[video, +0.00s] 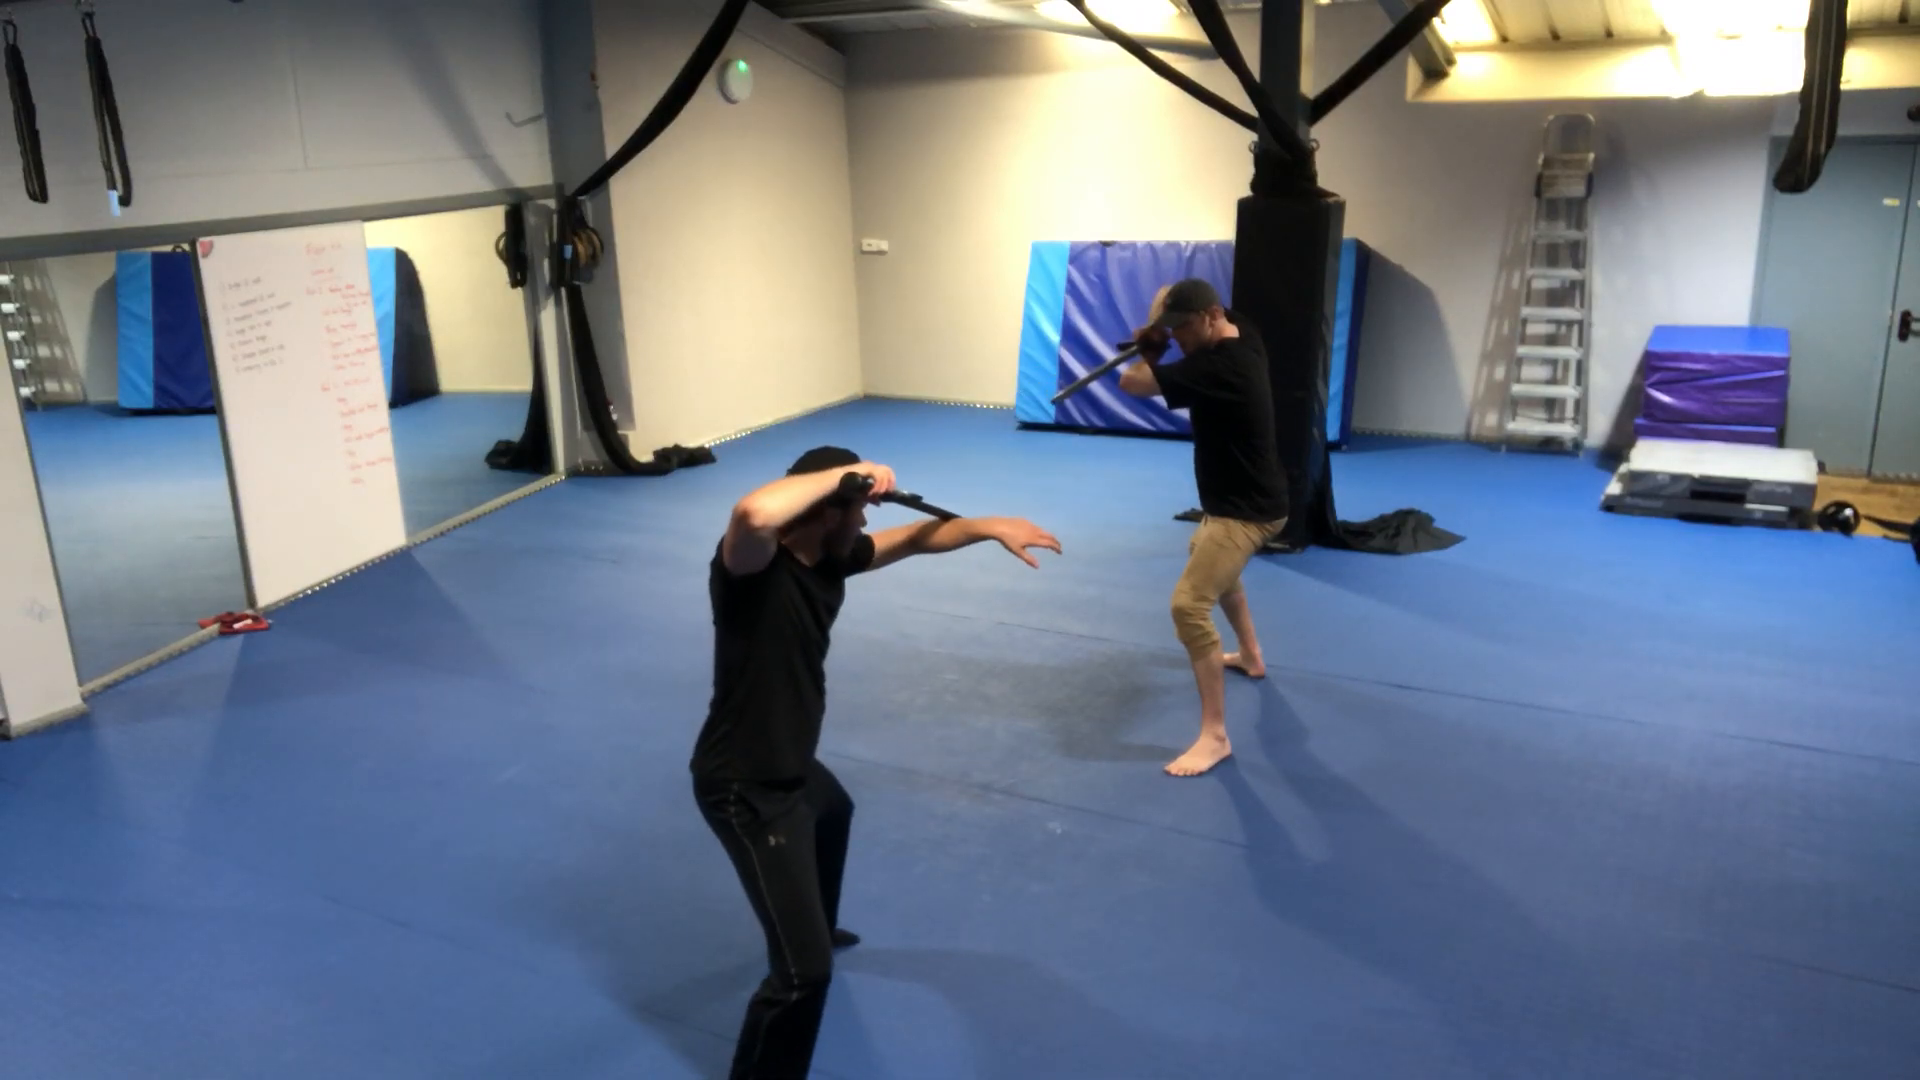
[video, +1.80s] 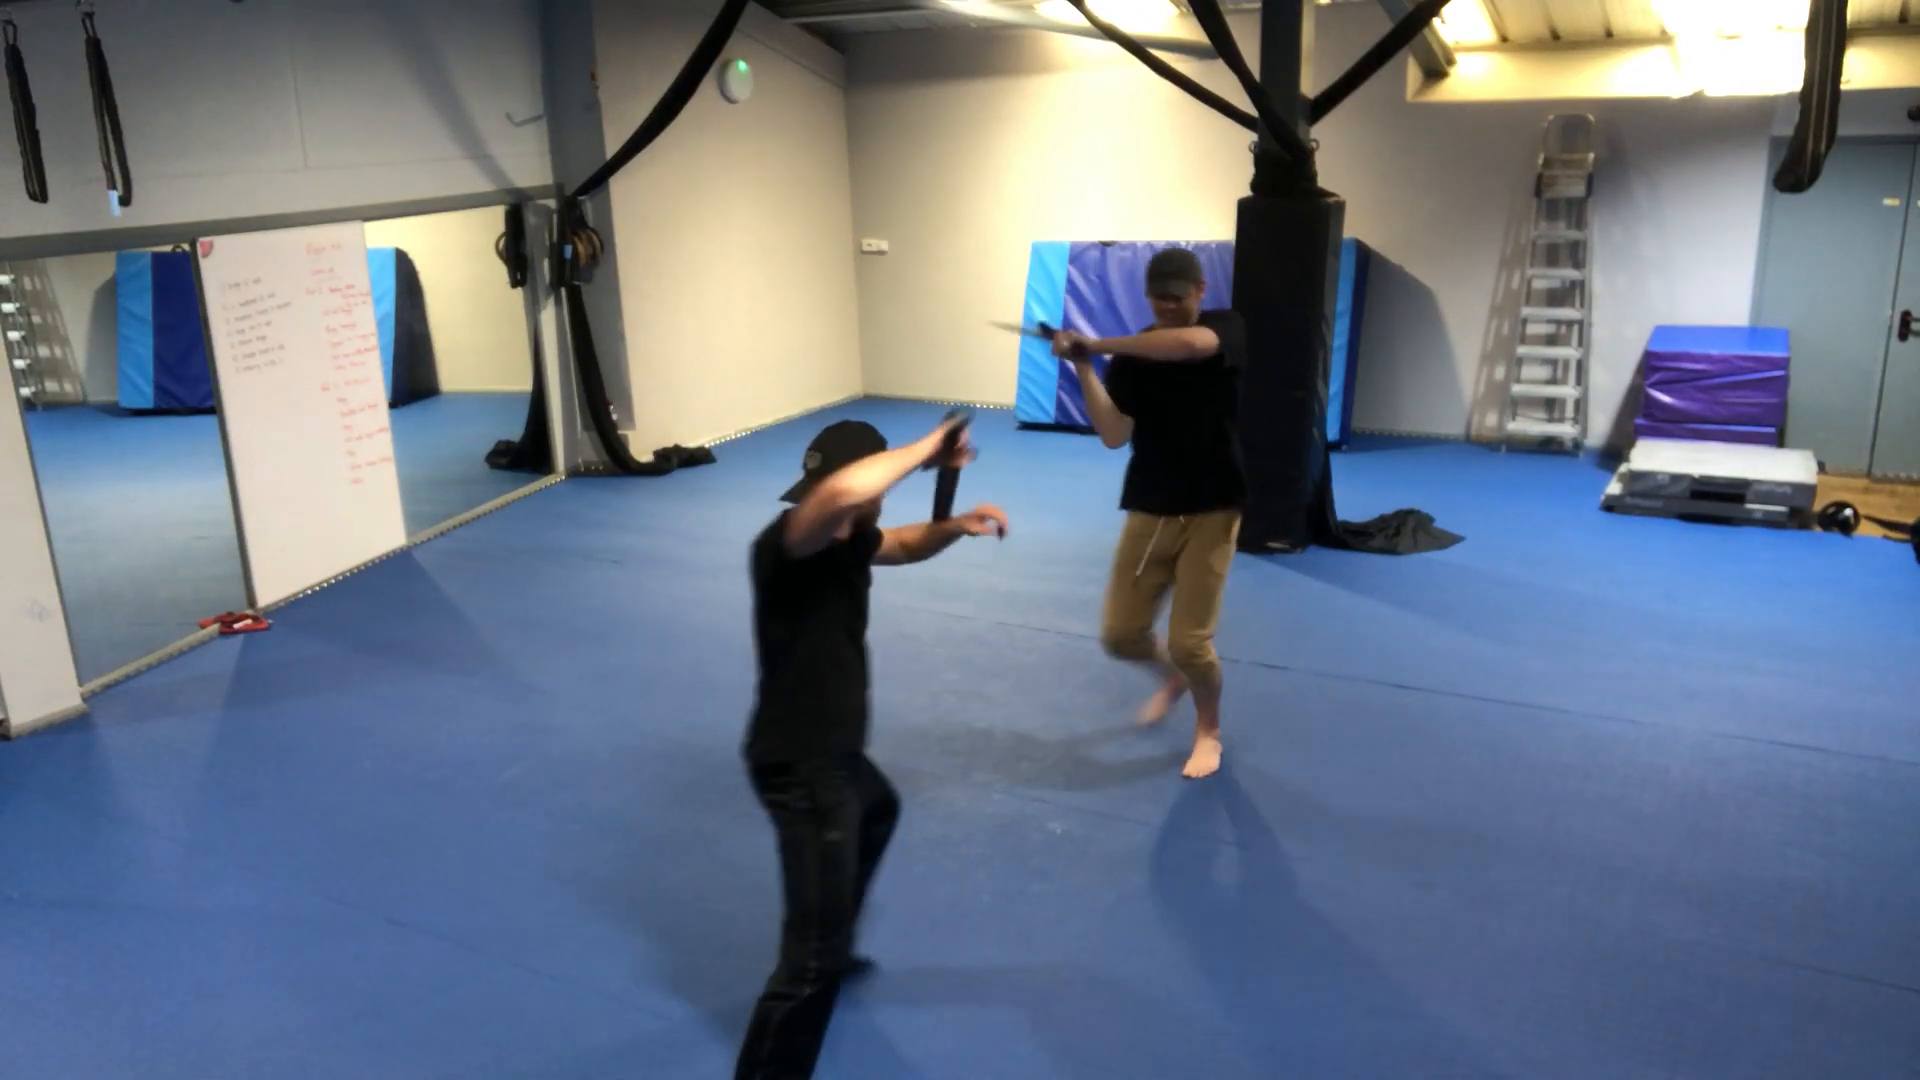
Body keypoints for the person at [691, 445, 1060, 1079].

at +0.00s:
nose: (863, 522)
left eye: (863, 508)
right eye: (854, 509)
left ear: (836, 513)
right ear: (822, 511)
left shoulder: (831, 560)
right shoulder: (752, 566)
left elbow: (916, 537)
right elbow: (753, 512)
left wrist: (991, 525)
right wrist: (842, 478)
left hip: (789, 765)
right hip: (742, 783)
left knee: (833, 812)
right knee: (804, 968)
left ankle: (813, 929)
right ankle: (758, 1076)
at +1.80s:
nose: (876, 499)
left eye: (877, 487)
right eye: (867, 486)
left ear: (855, 482)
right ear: (834, 482)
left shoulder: (849, 541)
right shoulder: (782, 544)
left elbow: (905, 545)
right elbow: (842, 492)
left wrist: (960, 523)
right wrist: (928, 451)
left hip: (831, 752)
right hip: (795, 761)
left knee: (878, 809)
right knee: (812, 959)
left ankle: (829, 947)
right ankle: (767, 1075)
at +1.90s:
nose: (884, 481)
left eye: (884, 471)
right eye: (882, 471)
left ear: (818, 465)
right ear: (869, 474)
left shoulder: (822, 532)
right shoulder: (816, 536)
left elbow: (887, 535)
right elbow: (911, 474)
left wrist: (938, 504)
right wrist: (964, 406)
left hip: (851, 743)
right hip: (850, 750)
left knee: (887, 860)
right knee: (870, 921)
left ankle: (888, 992)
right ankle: (784, 1068)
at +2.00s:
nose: (885, 472)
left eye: (867, 467)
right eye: (880, 464)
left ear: (816, 477)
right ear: (872, 474)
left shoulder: (794, 535)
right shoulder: (888, 513)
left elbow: (865, 500)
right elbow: (979, 417)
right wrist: (979, 341)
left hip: (847, 742)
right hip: (910, 743)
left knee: (892, 838)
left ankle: (890, 987)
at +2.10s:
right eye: (894, 451)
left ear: (836, 466)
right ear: (891, 465)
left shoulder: (815, 526)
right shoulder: (931, 499)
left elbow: (868, 460)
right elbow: (984, 394)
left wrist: (950, 414)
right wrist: (976, 311)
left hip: (879, 736)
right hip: (953, 731)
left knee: (904, 841)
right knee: (1055, 874)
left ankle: (884, 993)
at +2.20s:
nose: (958, 440)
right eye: (951, 438)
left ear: (882, 463)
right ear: (945, 459)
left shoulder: (855, 520)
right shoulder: (976, 491)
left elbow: (868, 466)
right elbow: (1004, 382)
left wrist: (932, 425)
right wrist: (954, 327)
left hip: (921, 736)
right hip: (1005, 725)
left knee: (911, 854)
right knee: (1096, 851)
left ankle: (889, 995)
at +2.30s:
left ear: (955, 461)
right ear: (1009, 461)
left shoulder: (931, 526)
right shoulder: (1040, 506)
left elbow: (874, 491)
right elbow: (1023, 391)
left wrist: (928, 445)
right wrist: (933, 369)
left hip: (963, 736)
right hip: (1051, 728)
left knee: (918, 859)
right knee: (1135, 845)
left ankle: (891, 999)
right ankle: (1233, 961)